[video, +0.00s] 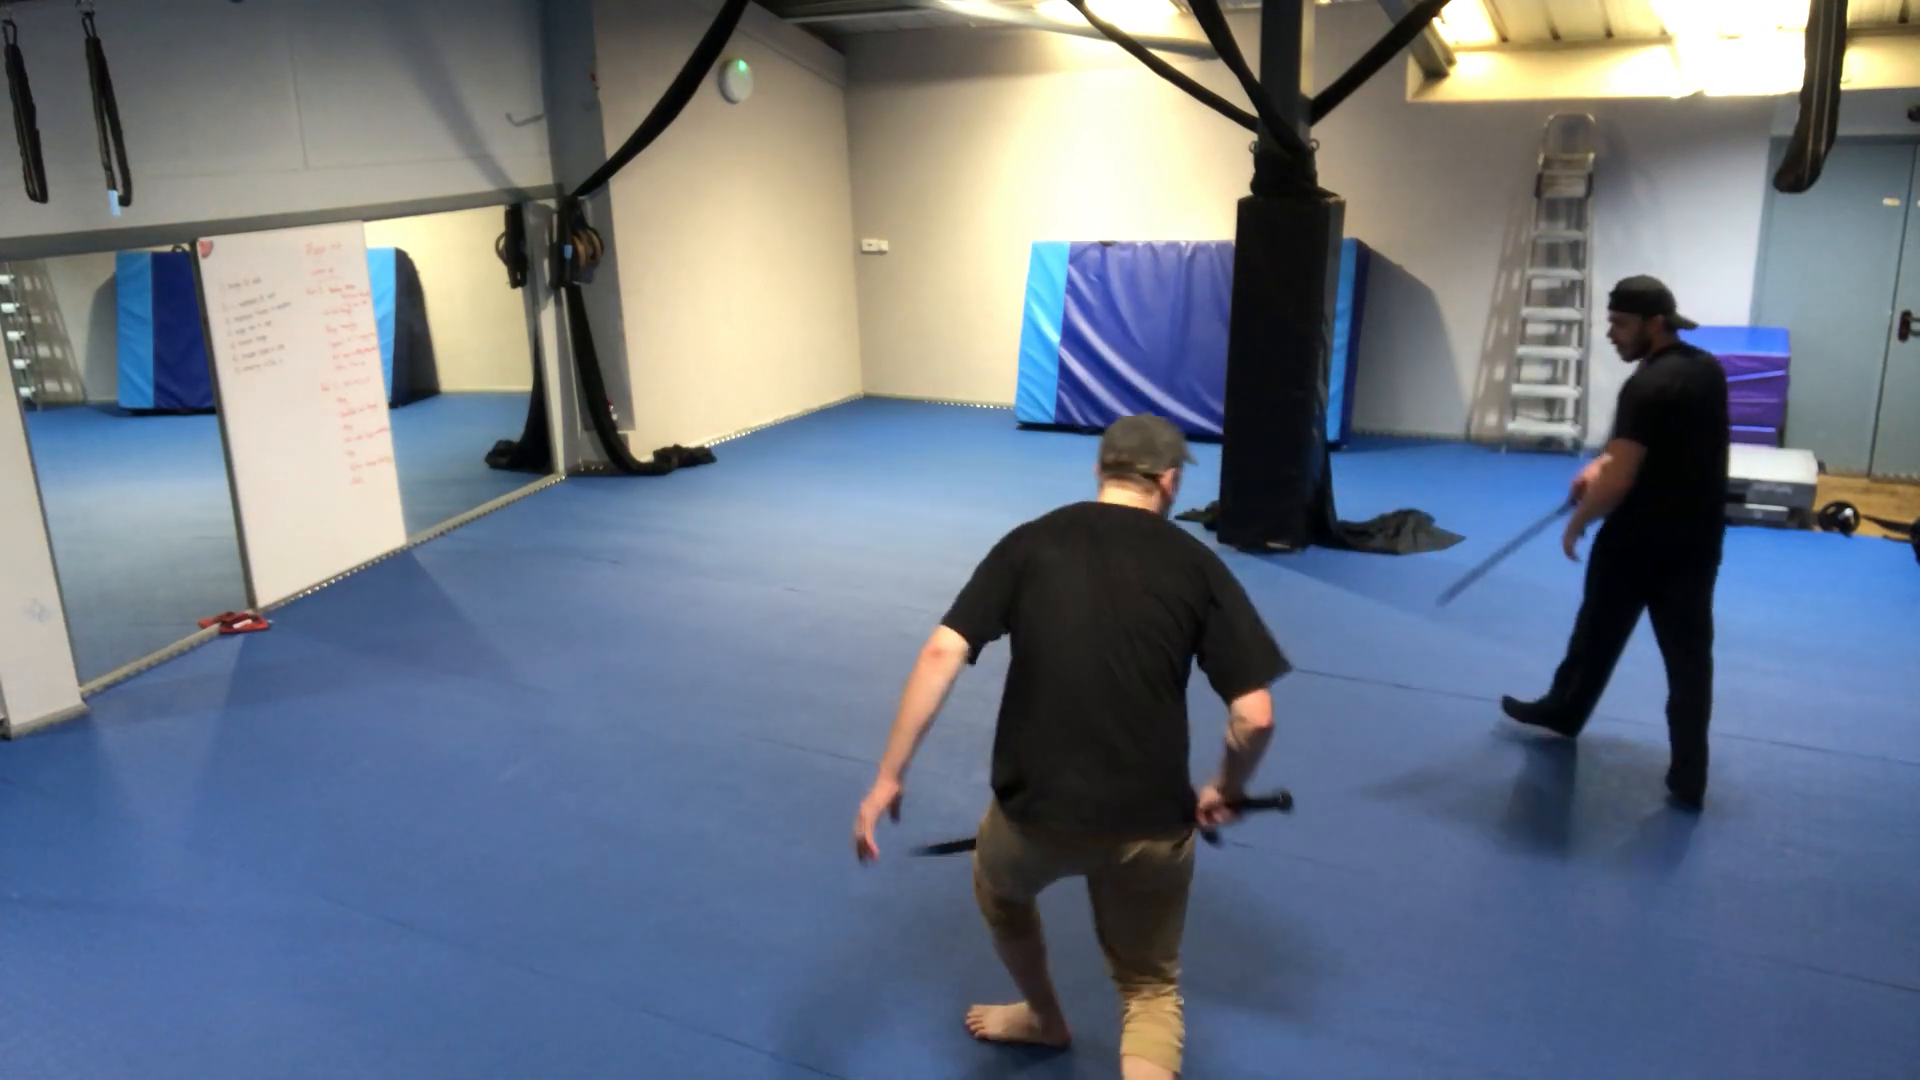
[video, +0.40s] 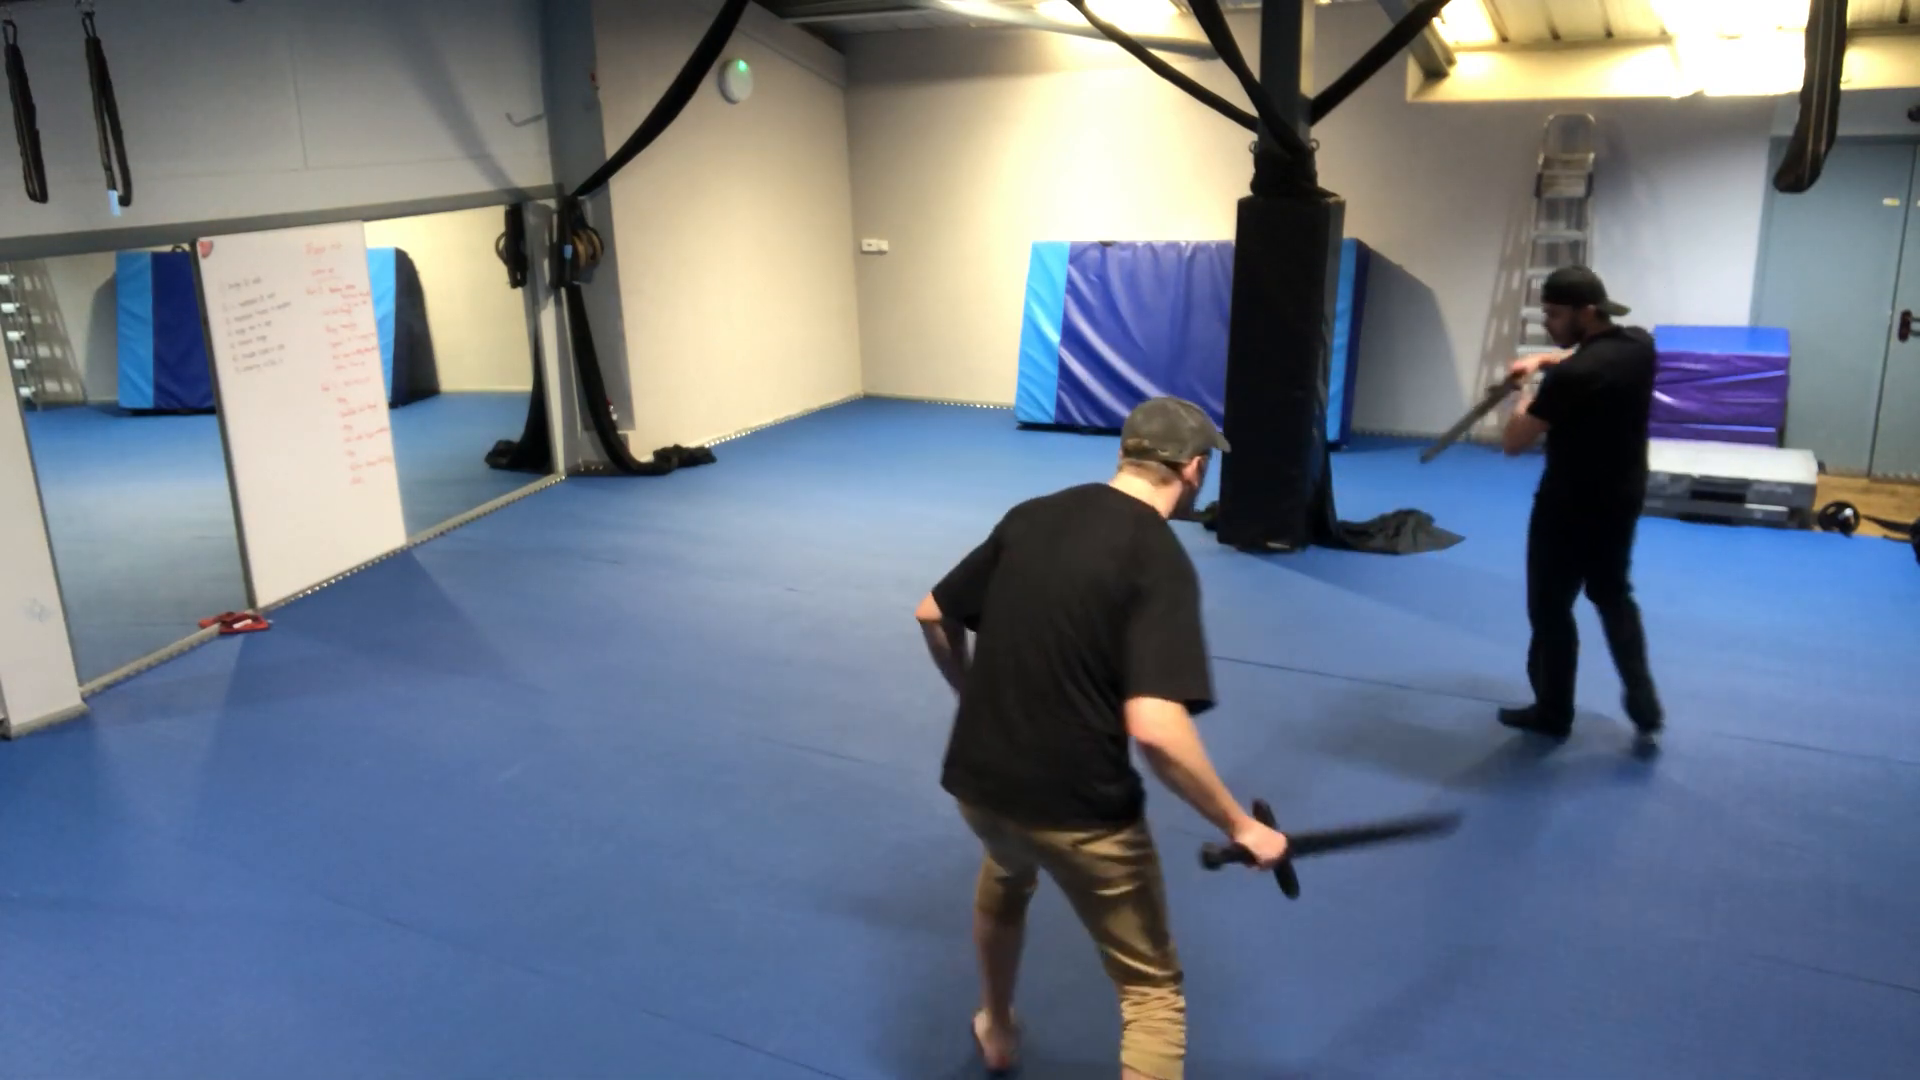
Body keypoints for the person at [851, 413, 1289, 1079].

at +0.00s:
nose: (1178, 488)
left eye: (1178, 480)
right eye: (1179, 480)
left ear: (1098, 474)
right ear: (1168, 482)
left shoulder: (1032, 542)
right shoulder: (1197, 566)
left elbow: (943, 650)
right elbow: (1254, 717)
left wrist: (889, 774)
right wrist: (1226, 790)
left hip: (1037, 811)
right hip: (1150, 822)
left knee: (1001, 892)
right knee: (1150, 982)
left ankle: (1042, 1014)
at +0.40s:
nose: (1206, 476)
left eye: (1210, 464)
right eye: (1207, 464)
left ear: (1125, 454)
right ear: (1189, 467)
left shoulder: (1036, 517)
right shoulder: (1159, 560)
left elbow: (934, 614)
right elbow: (1155, 726)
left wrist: (975, 697)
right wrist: (1240, 825)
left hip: (979, 770)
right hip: (1079, 800)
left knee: (1006, 871)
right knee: (1149, 987)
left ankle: (995, 1026)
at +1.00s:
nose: (1046, 451)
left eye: (1046, 437)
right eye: (1048, 438)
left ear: (975, 428)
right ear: (1031, 438)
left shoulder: (903, 493)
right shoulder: (1006, 518)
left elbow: (816, 587)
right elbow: (1004, 671)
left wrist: (841, 680)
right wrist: (1087, 729)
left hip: (870, 737)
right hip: (940, 757)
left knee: (961, 880)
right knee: (1005, 936)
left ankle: (956, 1033)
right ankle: (897, 1071)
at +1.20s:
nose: (1011, 448)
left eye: (1012, 435)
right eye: (1011, 435)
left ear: (938, 426)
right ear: (993, 433)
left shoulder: (868, 488)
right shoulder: (969, 514)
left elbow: (784, 589)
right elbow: (983, 666)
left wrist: (808, 689)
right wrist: (1057, 698)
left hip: (831, 730)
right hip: (888, 757)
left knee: (950, 859)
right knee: (904, 923)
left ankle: (958, 1032)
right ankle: (754, 1009)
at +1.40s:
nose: (968, 458)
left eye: (969, 445)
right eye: (969, 445)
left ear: (898, 434)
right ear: (949, 445)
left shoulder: (824, 492)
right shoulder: (900, 525)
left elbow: (747, 587)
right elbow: (935, 676)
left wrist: (782, 675)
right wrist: (1013, 694)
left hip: (845, 742)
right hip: (818, 762)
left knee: (924, 850)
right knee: (831, 923)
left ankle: (955, 1026)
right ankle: (732, 1029)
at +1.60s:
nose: (924, 458)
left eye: (926, 444)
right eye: (925, 444)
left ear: (856, 432)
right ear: (904, 443)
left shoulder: (787, 487)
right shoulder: (840, 526)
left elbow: (723, 575)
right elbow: (854, 680)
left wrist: (778, 656)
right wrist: (948, 727)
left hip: (820, 735)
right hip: (776, 759)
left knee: (902, 842)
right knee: (818, 915)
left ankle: (938, 1015)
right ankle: (731, 1033)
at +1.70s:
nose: (912, 453)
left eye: (915, 439)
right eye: (913, 439)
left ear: (844, 427)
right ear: (893, 438)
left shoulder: (779, 480)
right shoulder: (823, 519)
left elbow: (715, 567)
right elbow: (817, 673)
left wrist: (763, 654)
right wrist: (911, 744)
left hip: (806, 724)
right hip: (764, 749)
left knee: (897, 818)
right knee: (813, 910)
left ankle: (919, 994)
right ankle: (732, 1033)